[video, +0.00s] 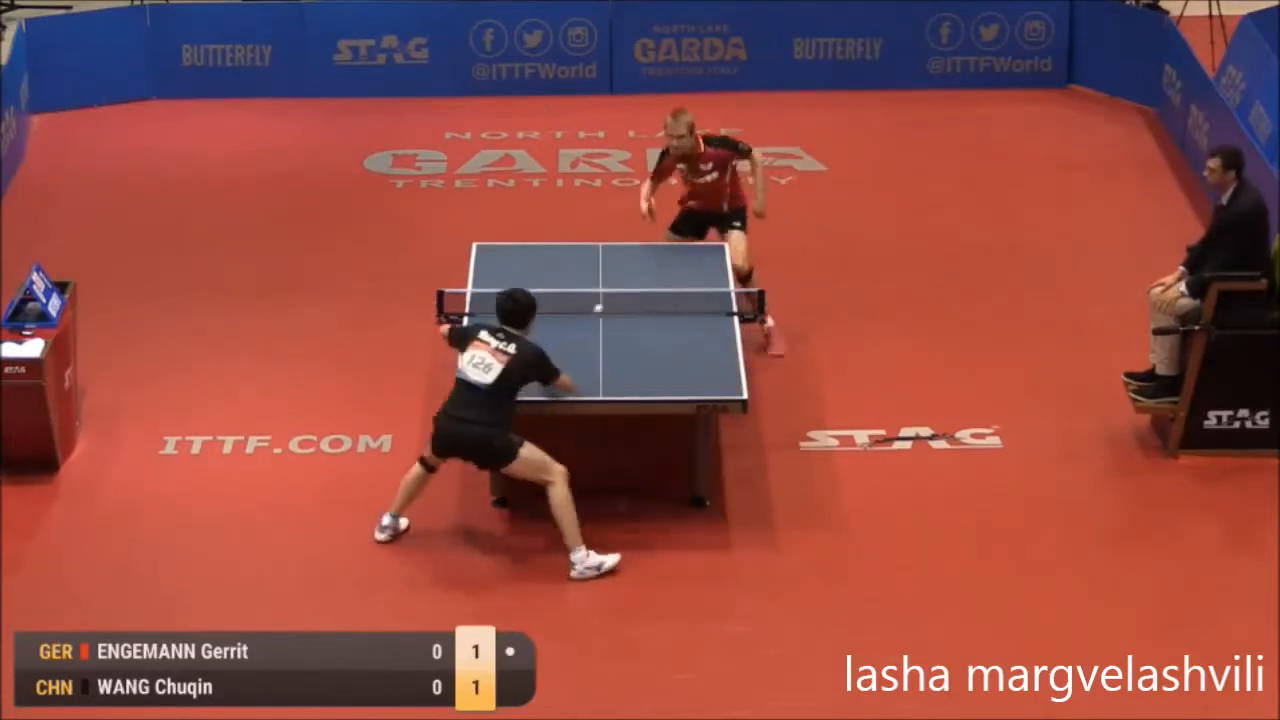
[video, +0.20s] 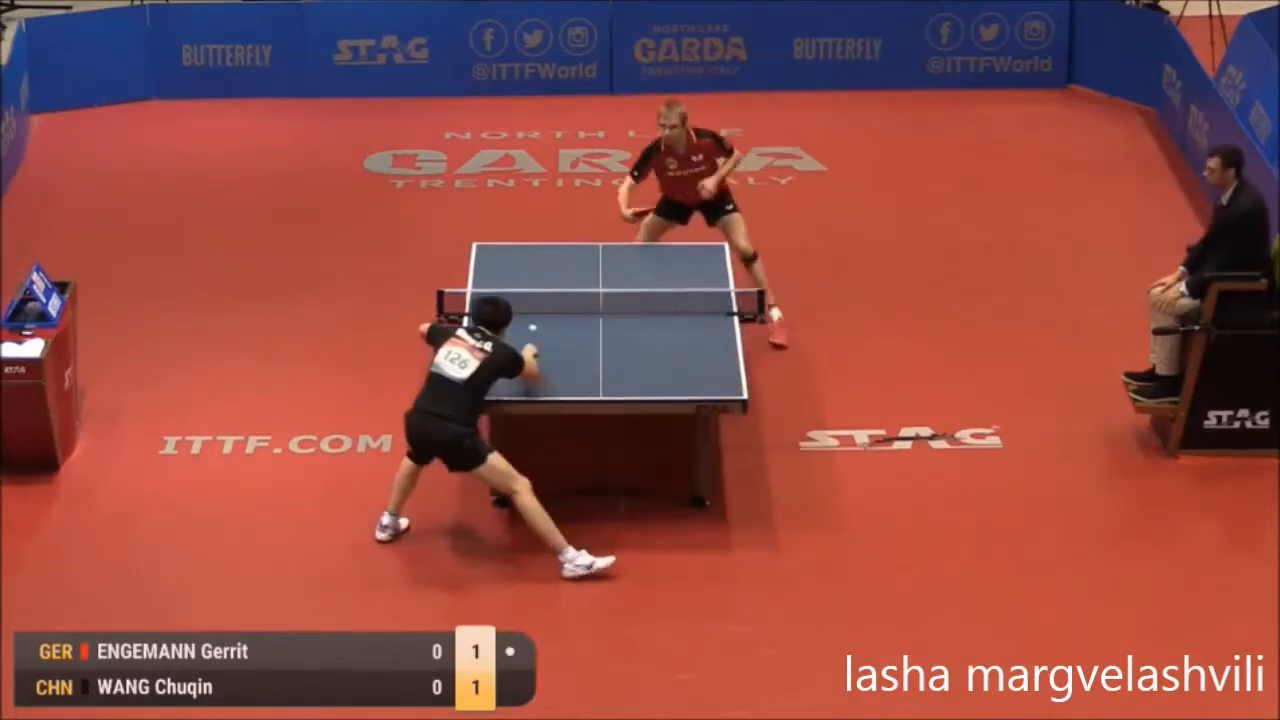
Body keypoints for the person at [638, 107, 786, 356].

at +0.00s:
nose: (674, 144)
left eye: (679, 137)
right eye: (670, 138)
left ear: (693, 133)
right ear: (666, 136)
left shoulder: (719, 146)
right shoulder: (670, 156)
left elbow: (754, 157)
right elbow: (653, 180)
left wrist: (760, 200)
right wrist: (645, 200)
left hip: (730, 210)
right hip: (695, 210)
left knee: (739, 265)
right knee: (666, 255)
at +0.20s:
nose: (666, 133)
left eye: (671, 128)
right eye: (662, 128)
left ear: (685, 124)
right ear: (658, 126)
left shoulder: (707, 140)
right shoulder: (655, 150)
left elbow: (734, 157)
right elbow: (629, 182)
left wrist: (715, 179)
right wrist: (624, 209)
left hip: (713, 198)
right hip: (676, 200)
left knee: (744, 249)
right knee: (640, 247)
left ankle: (772, 308)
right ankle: (637, 311)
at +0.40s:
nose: (675, 138)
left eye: (681, 133)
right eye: (672, 132)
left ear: (694, 130)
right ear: (667, 129)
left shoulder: (710, 141)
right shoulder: (665, 153)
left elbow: (737, 176)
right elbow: (638, 191)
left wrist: (703, 178)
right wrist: (654, 220)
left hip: (719, 197)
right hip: (682, 198)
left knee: (752, 252)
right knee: (648, 242)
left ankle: (796, 284)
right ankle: (641, 299)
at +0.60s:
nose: (686, 144)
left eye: (691, 139)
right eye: (683, 138)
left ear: (705, 136)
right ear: (679, 137)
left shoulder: (724, 148)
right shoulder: (682, 157)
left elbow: (752, 186)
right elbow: (662, 192)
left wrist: (717, 192)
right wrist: (670, 213)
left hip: (735, 202)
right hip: (700, 202)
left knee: (765, 255)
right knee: (655, 238)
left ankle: (799, 290)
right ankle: (634, 288)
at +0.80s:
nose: (691, 115)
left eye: (694, 109)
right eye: (688, 110)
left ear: (709, 102)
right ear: (689, 106)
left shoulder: (728, 120)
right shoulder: (712, 121)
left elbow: (747, 156)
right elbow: (727, 152)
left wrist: (733, 195)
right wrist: (711, 165)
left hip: (757, 189)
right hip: (728, 185)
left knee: (767, 254)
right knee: (680, 224)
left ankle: (803, 289)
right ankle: (656, 278)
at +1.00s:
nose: (704, 99)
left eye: (706, 93)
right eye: (702, 93)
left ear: (721, 86)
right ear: (719, 88)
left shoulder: (740, 104)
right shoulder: (729, 107)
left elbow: (749, 144)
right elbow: (730, 149)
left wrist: (732, 179)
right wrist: (697, 149)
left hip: (761, 184)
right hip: (738, 180)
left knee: (757, 247)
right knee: (688, 219)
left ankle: (801, 287)